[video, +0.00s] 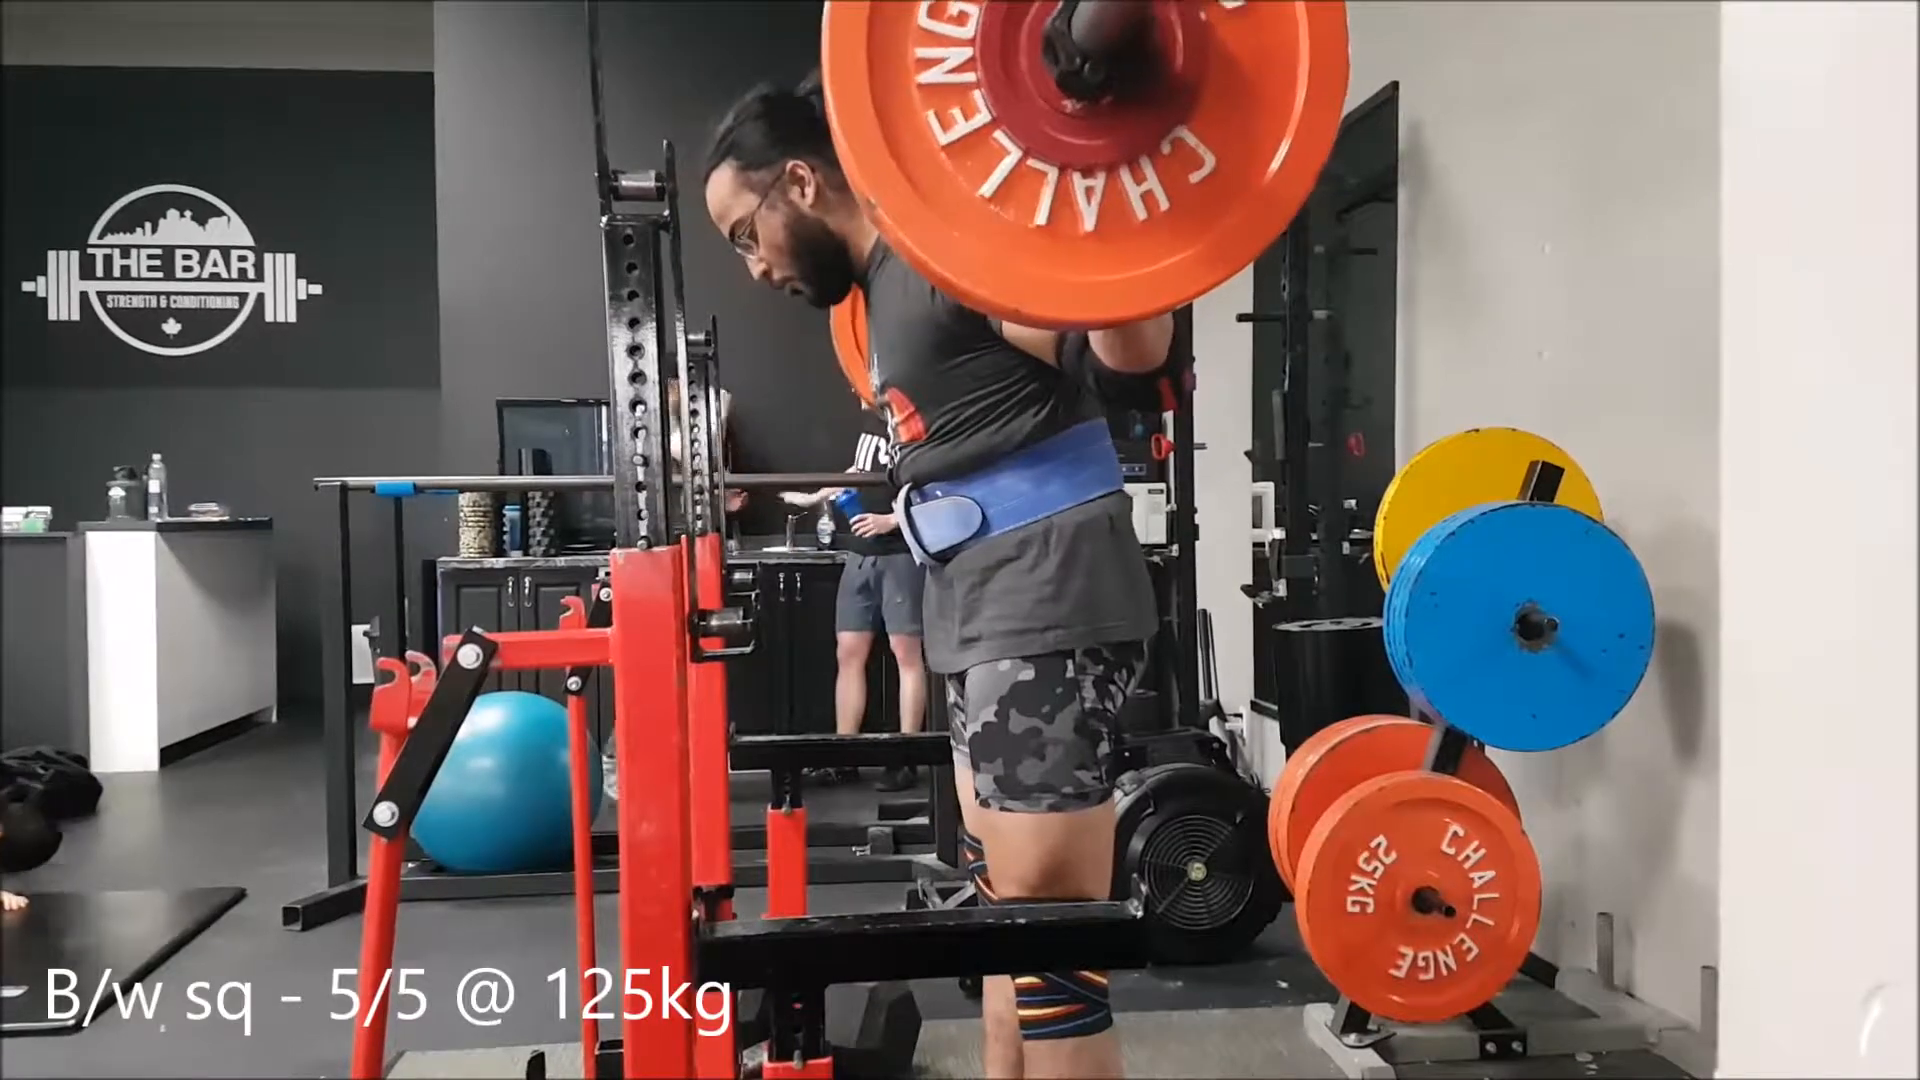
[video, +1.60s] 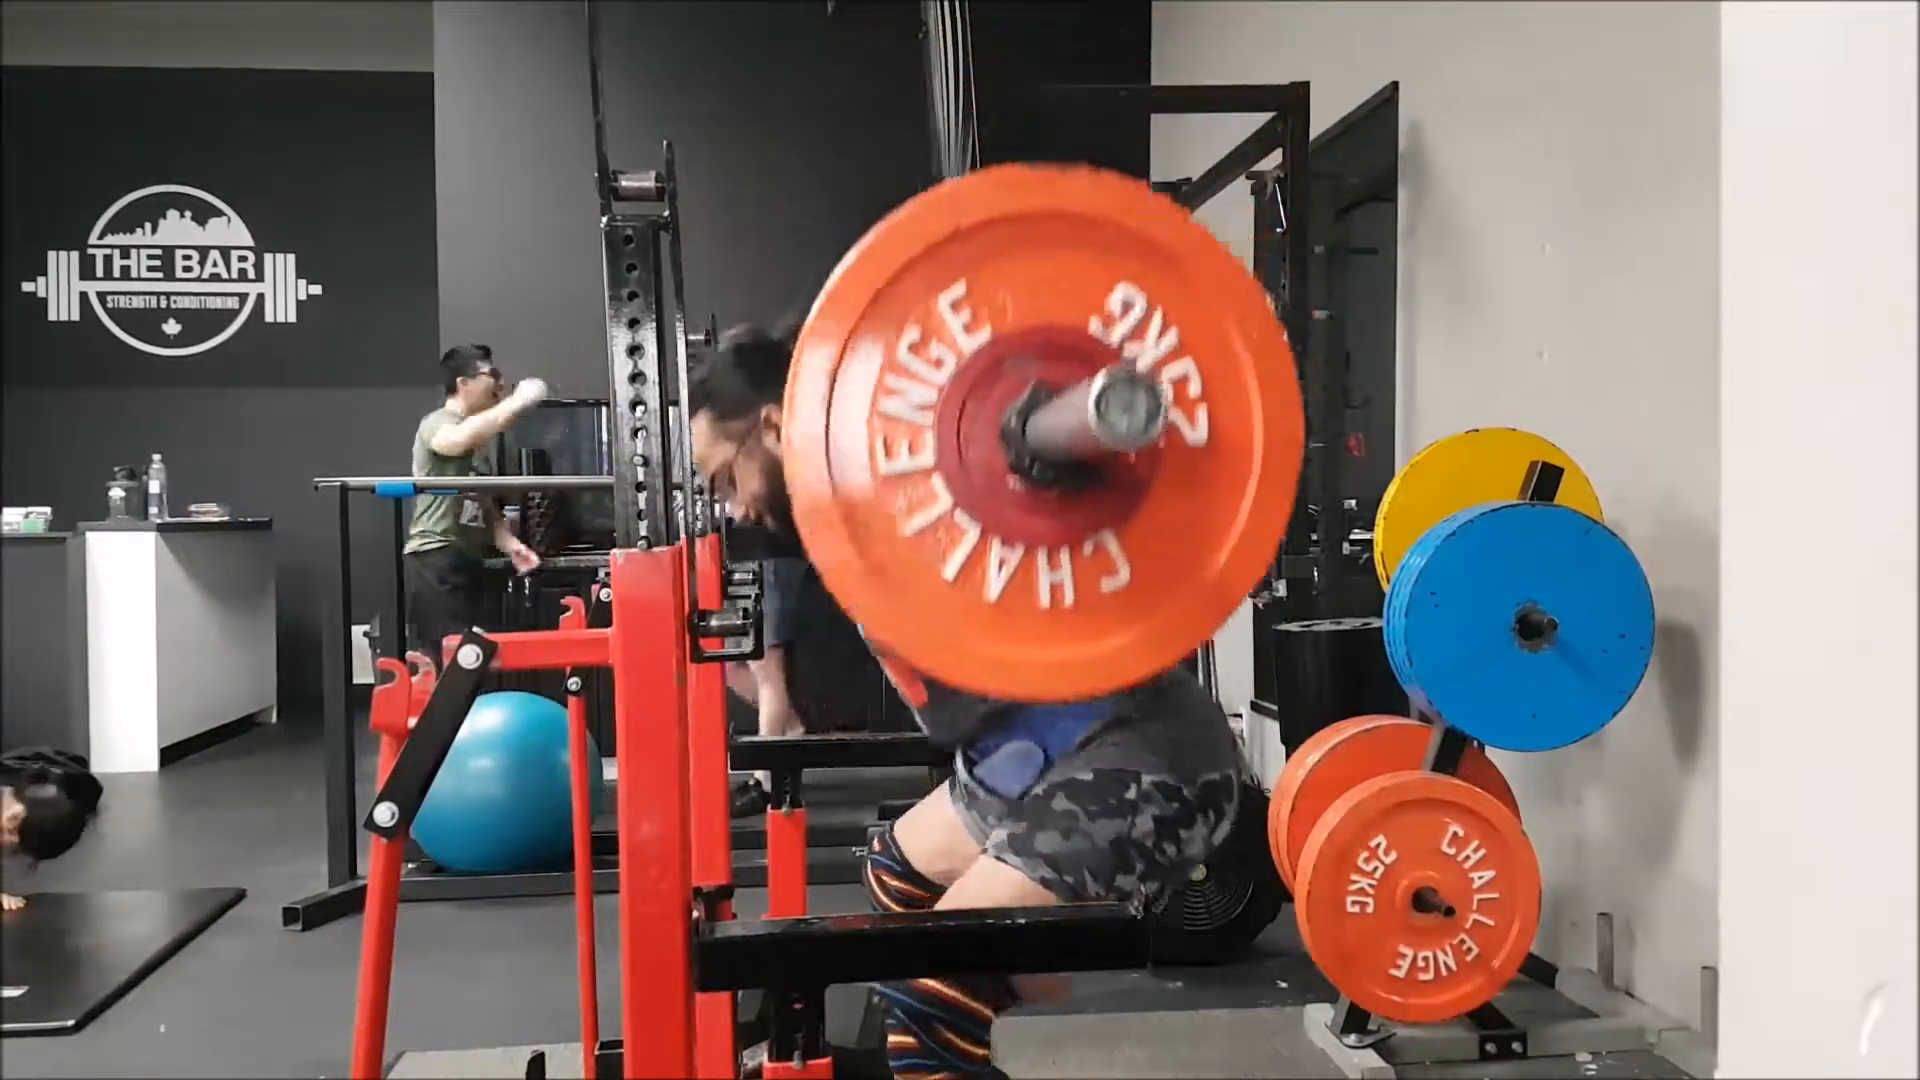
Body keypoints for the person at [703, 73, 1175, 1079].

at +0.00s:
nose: (753, 263)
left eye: (747, 230)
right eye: (737, 244)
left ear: (804, 179)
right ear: (799, 188)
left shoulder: (945, 236)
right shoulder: (882, 290)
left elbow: (1134, 346)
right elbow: (911, 479)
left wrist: (1137, 171)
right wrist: (774, 494)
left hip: (1049, 598)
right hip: (981, 606)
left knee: (1050, 941)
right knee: (1005, 932)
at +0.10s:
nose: (754, 266)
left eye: (747, 231)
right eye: (737, 245)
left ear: (806, 179)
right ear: (801, 189)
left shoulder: (942, 235)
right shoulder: (883, 285)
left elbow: (1137, 341)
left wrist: (1135, 166)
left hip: (1052, 605)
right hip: (986, 610)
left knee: (1048, 944)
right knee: (1005, 934)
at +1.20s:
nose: (748, 301)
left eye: (743, 270)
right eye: (732, 284)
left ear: (795, 214)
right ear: (795, 224)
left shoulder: (924, 286)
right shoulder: (865, 333)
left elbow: (1116, 417)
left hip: (1080, 610)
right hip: (1000, 627)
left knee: (959, 946)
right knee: (928, 858)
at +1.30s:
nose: (743, 341)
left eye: (736, 312)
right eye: (727, 326)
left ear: (790, 257)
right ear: (789, 265)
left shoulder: (915, 325)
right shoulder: (854, 382)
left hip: (1097, 644)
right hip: (1011, 662)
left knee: (957, 950)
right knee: (923, 860)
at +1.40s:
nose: (737, 394)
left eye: (731, 365)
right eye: (722, 378)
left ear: (787, 312)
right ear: (784, 320)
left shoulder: (900, 365)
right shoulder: (849, 421)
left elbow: (1038, 281)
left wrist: (1125, 208)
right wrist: (814, 500)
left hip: (1119, 683)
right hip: (1027, 691)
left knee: (948, 999)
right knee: (915, 866)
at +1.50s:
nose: (740, 449)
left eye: (730, 416)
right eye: (724, 429)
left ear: (781, 364)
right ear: (783, 368)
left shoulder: (918, 411)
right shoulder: (855, 444)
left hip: (1126, 721)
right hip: (1023, 723)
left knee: (938, 1005)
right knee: (905, 868)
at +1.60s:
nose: (733, 508)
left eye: (726, 478)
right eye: (719, 490)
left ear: (775, 430)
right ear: (770, 436)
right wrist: (773, 692)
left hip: (1136, 756)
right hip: (1040, 742)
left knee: (924, 1014)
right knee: (897, 870)